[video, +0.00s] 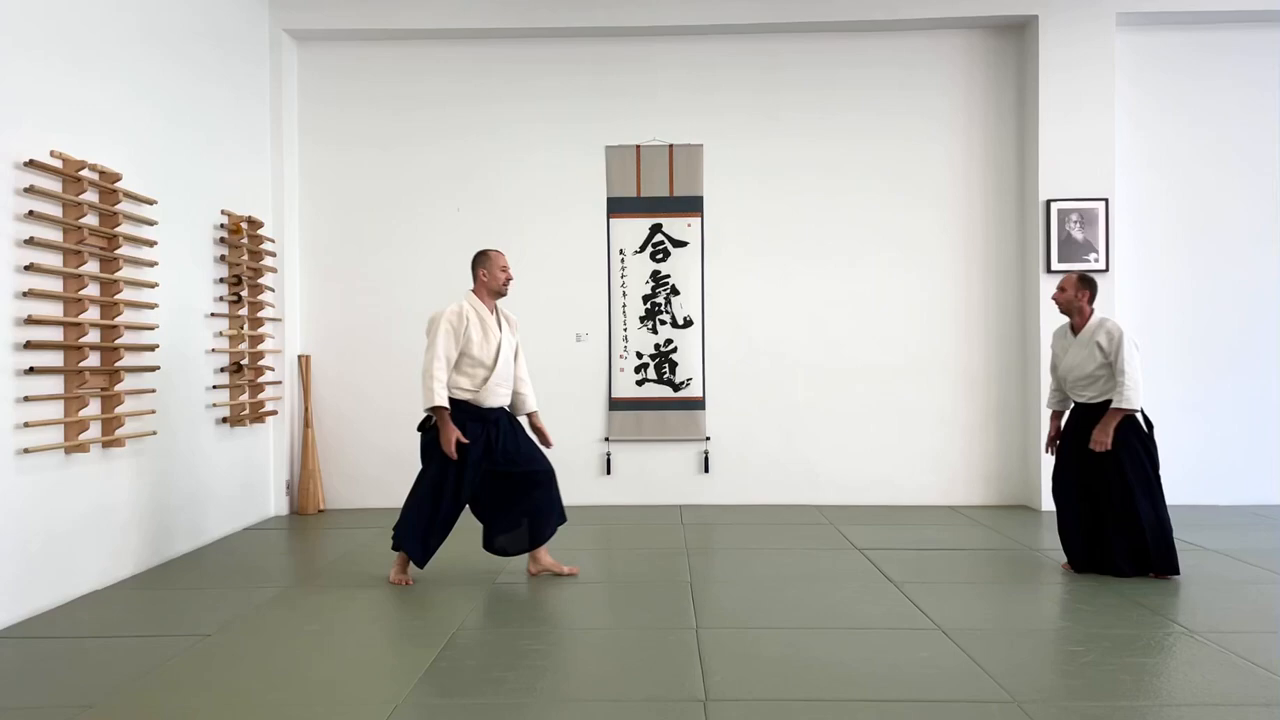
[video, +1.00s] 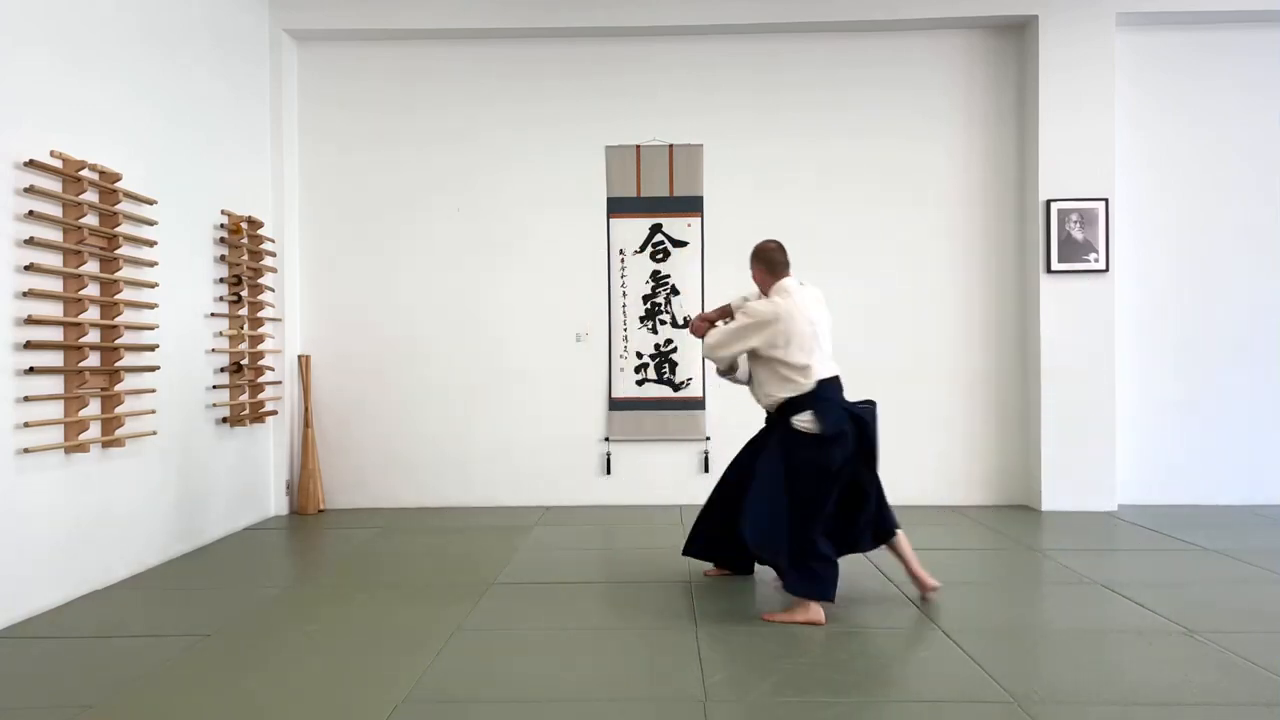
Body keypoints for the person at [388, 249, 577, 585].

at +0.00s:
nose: (510, 276)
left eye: (509, 270)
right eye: (503, 270)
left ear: (490, 277)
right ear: (482, 275)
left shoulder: (507, 322)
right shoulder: (453, 316)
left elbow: (518, 375)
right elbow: (435, 370)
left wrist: (532, 417)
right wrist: (444, 422)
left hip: (499, 422)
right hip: (458, 419)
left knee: (540, 474)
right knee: (435, 489)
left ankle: (539, 555)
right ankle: (402, 561)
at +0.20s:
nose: (567, 279)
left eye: (567, 273)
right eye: (561, 273)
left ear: (550, 279)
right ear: (541, 277)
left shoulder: (563, 326)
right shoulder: (512, 320)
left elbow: (588, 368)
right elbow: (495, 374)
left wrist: (621, 396)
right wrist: (518, 418)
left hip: (549, 424)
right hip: (508, 422)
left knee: (582, 483)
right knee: (469, 489)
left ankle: (563, 563)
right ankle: (415, 550)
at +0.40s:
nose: (627, 272)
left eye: (625, 266)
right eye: (620, 266)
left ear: (604, 273)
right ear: (600, 272)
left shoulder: (614, 316)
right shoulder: (578, 314)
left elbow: (646, 353)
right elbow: (572, 373)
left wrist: (688, 371)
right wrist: (593, 419)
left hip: (605, 415)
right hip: (580, 418)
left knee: (606, 488)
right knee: (599, 489)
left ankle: (573, 560)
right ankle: (566, 560)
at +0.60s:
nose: (694, 273)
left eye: (692, 266)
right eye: (689, 267)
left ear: (664, 274)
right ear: (673, 273)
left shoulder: (659, 309)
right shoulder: (660, 311)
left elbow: (706, 340)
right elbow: (702, 349)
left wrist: (753, 354)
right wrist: (759, 363)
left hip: (639, 415)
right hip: (663, 419)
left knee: (616, 491)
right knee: (724, 486)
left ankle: (569, 559)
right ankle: (759, 575)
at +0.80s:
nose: (744, 265)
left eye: (741, 259)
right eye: (743, 259)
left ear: (708, 264)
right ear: (736, 260)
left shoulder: (693, 306)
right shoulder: (750, 294)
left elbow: (706, 347)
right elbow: (807, 307)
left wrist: (765, 344)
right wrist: (802, 294)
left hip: (716, 406)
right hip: (758, 404)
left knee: (697, 484)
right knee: (782, 486)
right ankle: (773, 578)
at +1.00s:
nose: (753, 277)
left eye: (752, 271)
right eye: (755, 271)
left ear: (755, 273)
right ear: (789, 268)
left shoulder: (767, 311)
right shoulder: (810, 296)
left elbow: (715, 350)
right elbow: (758, 302)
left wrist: (752, 373)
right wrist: (717, 315)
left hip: (801, 422)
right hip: (835, 409)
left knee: (799, 511)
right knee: (864, 495)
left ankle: (809, 604)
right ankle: (919, 574)